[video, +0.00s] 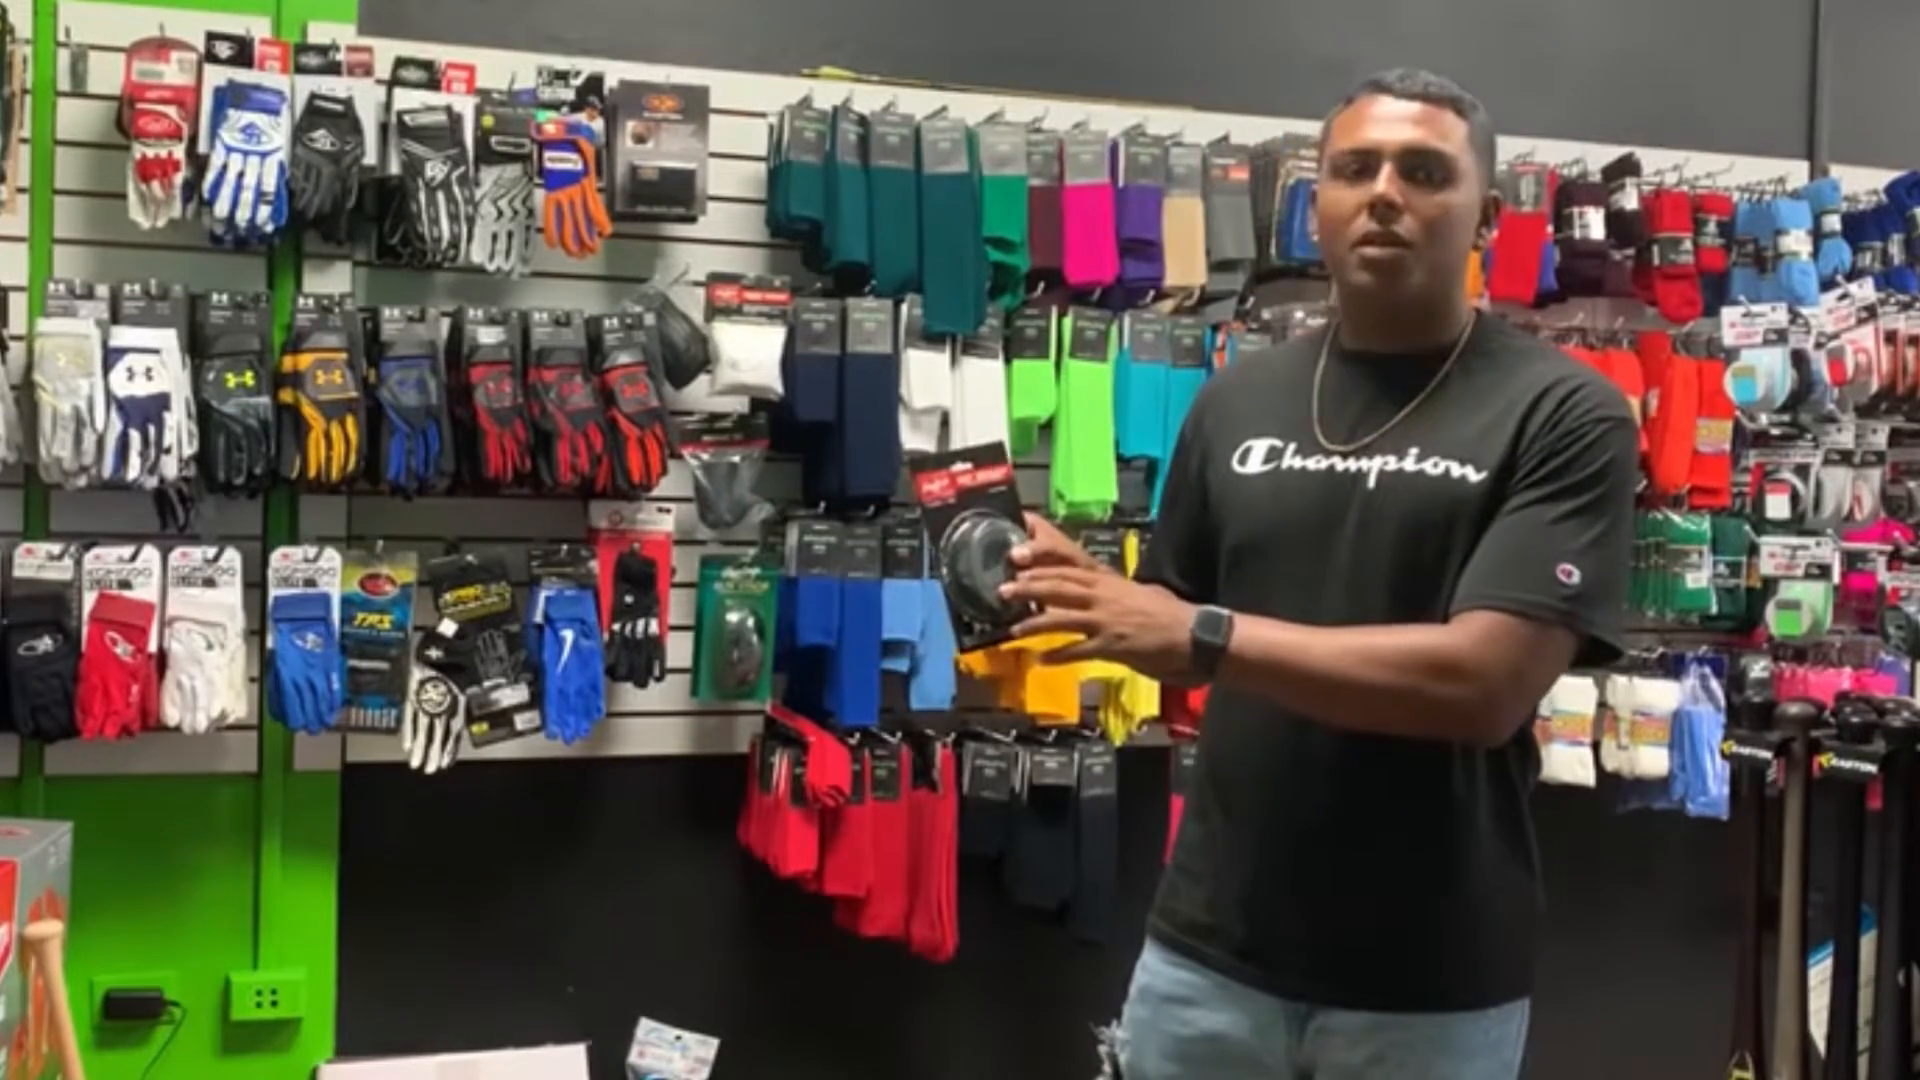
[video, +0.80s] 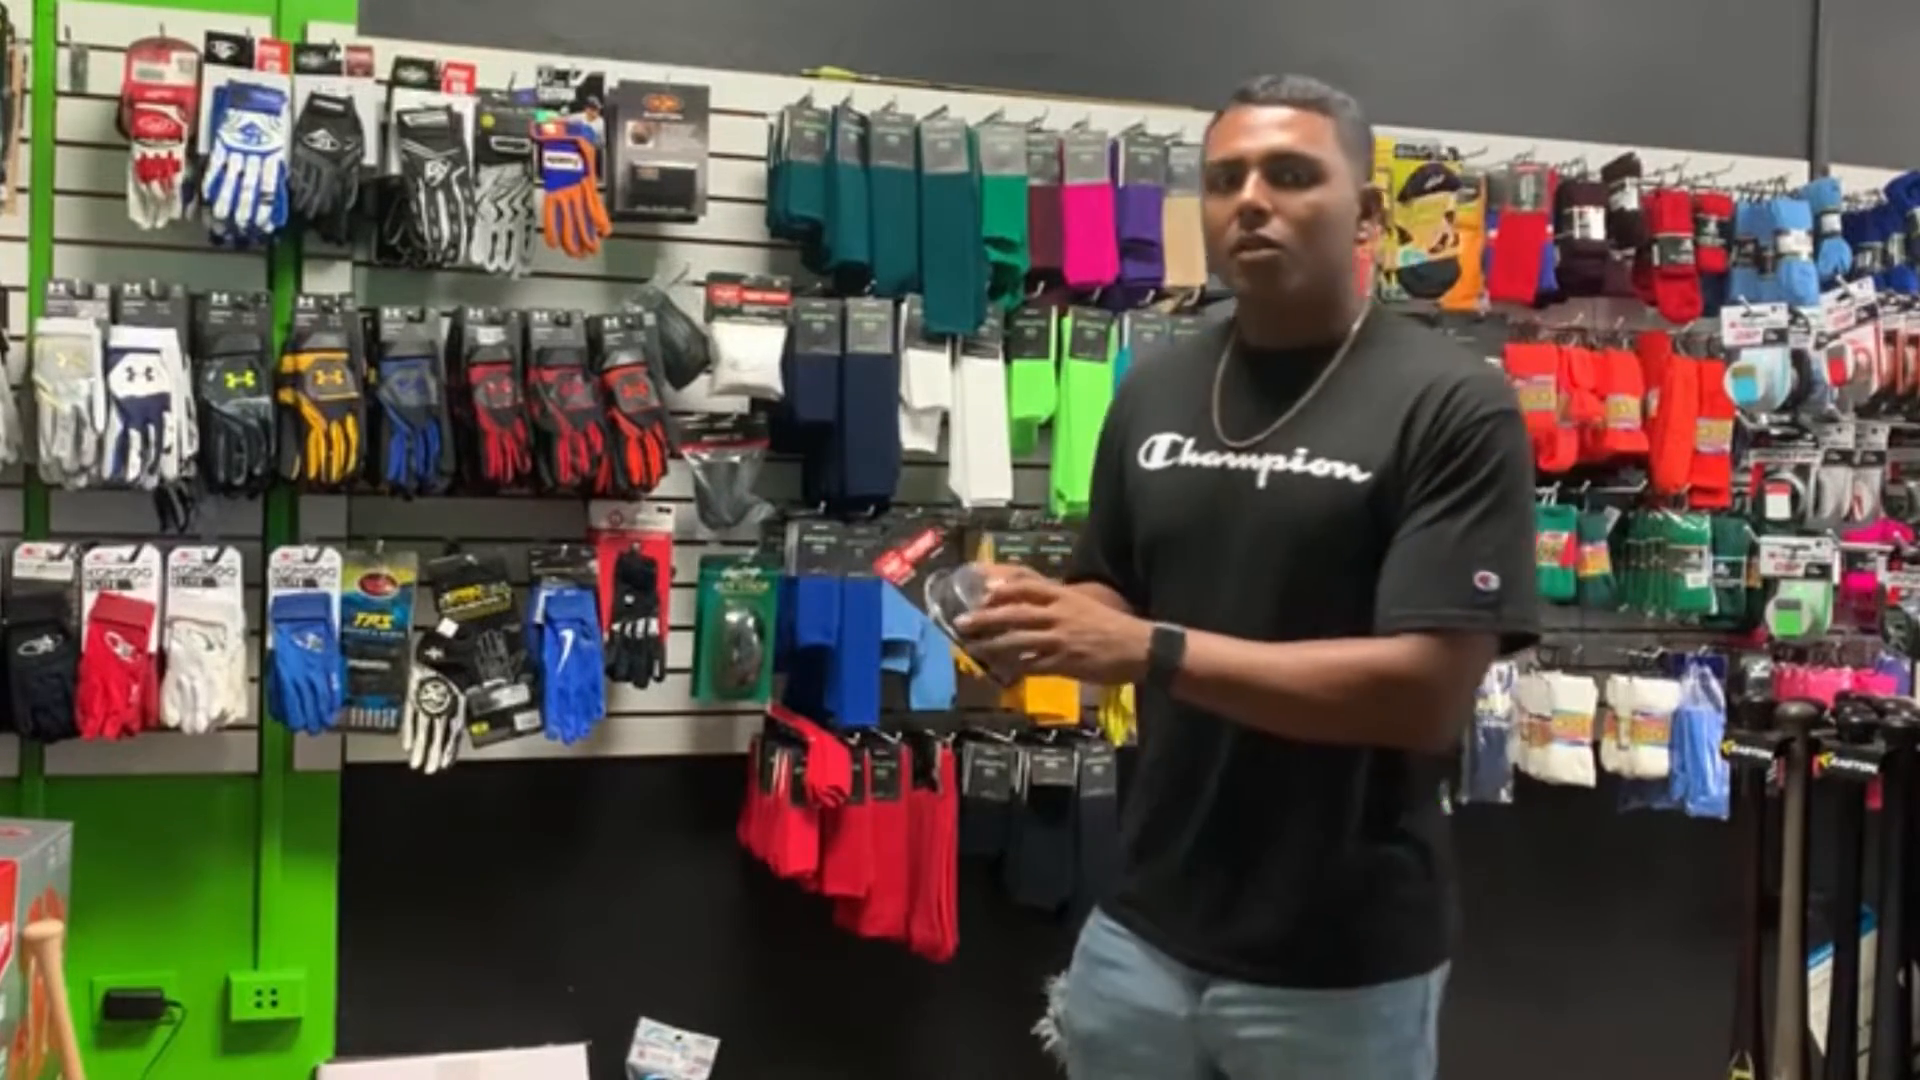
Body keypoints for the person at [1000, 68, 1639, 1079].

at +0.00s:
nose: (1385, 195)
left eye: (1426, 172)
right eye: (1356, 169)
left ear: (1483, 217)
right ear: (1316, 205)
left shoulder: (1566, 415)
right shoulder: (1236, 399)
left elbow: (1486, 685)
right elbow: (1192, 647)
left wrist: (1196, 631)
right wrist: (1082, 600)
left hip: (1432, 980)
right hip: (1211, 955)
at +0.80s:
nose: (1250, 202)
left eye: (1291, 175)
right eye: (1225, 178)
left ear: (1366, 209)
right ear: (1204, 208)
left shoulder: (1453, 400)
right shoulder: (1158, 381)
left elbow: (1431, 694)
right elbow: (1112, 604)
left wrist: (1150, 648)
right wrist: (1033, 624)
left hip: (1341, 954)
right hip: (1146, 924)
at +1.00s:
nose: (1160, 209)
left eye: (1198, 184)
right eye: (1138, 188)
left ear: (1273, 214)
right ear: (1117, 219)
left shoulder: (1352, 405)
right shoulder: (1084, 398)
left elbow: (1342, 683)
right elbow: (1052, 615)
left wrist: (1070, 635)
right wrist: (977, 615)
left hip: (1258, 945)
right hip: (1076, 917)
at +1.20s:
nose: (1027, 246)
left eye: (1063, 218)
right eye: (1023, 221)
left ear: (1159, 232)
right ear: (1015, 233)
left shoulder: (1242, 413)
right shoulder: (1010, 410)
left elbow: (1233, 687)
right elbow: (978, 624)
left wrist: (977, 626)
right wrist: (884, 613)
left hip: (1157, 941)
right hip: (988, 913)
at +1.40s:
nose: (933, 286)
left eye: (958, 256)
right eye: (929, 261)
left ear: (1051, 246)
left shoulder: (1156, 414)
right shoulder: (971, 407)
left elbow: (1140, 681)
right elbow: (962, 625)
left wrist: (900, 619)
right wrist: (840, 608)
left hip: (1066, 903)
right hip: (946, 881)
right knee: (960, 1064)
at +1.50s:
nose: (896, 292)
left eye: (917, 260)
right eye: (892, 267)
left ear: (1008, 247)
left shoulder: (1107, 412)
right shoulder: (960, 406)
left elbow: (1099, 680)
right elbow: (953, 629)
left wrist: (858, 621)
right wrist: (824, 618)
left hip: (1027, 891)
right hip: (945, 873)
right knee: (943, 1060)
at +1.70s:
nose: (808, 296)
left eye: (826, 263)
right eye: (806, 271)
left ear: (916, 251)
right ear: (913, 256)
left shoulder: (991, 412)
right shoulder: (947, 397)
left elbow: (994, 681)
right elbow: (937, 650)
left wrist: (755, 628)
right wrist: (749, 634)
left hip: (934, 898)